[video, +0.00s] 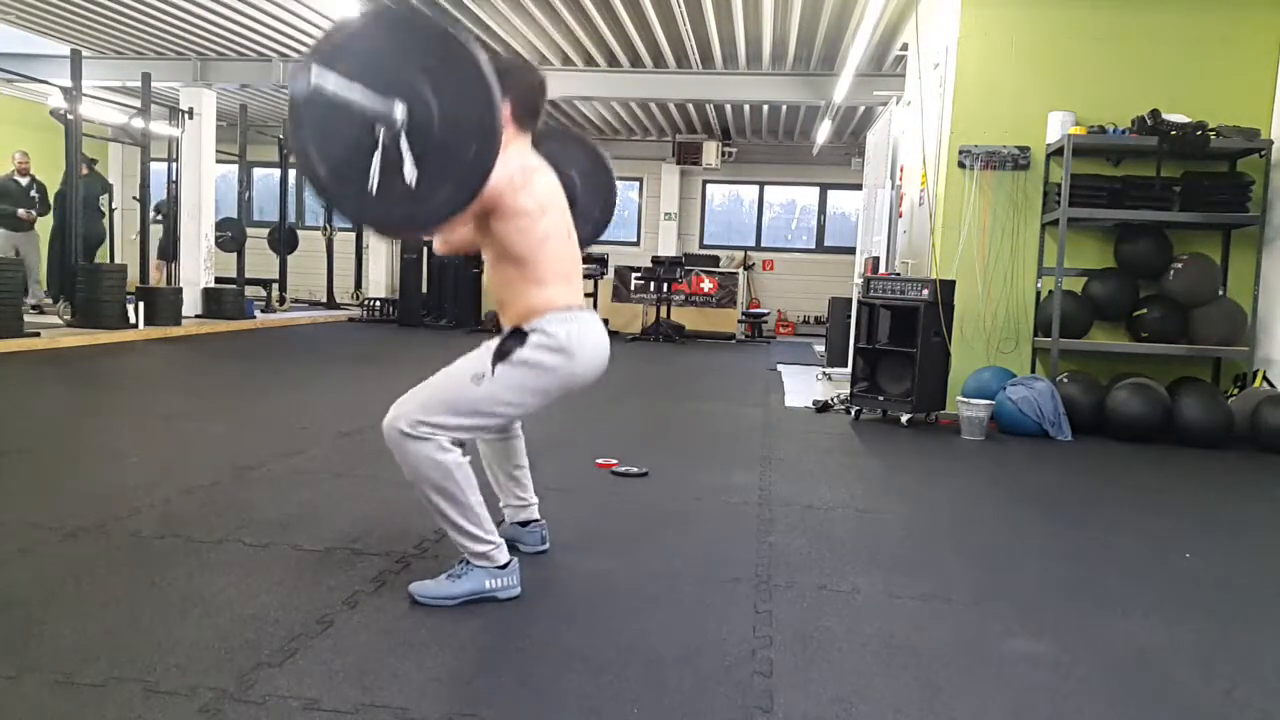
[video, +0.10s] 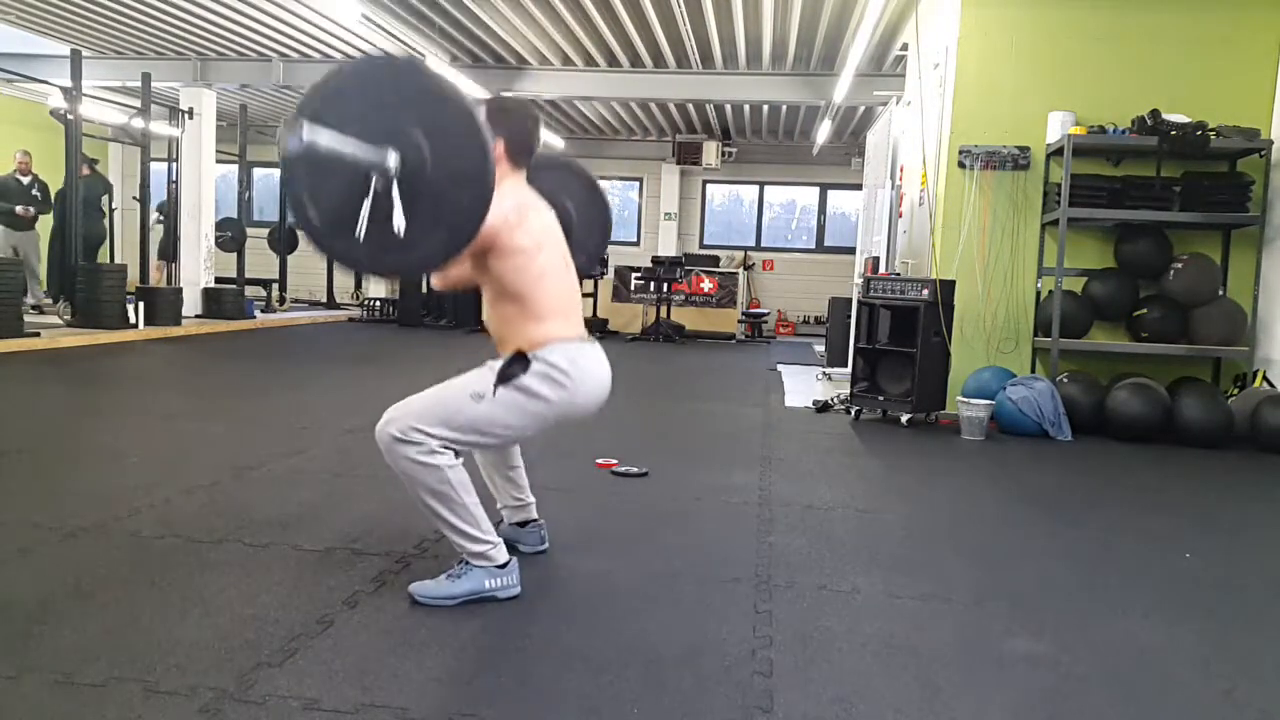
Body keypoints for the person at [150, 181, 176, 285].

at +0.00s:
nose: (171, 192)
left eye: (174, 189)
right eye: (169, 189)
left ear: (177, 190)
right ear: (166, 190)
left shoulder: (181, 203)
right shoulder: (161, 204)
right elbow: (152, 219)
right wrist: (164, 222)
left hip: (179, 237)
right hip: (166, 236)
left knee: (178, 264)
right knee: (160, 264)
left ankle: (177, 289)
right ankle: (153, 288)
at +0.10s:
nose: (173, 192)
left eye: (175, 189)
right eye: (171, 189)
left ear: (178, 190)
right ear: (167, 190)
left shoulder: (181, 204)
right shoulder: (163, 204)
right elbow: (155, 218)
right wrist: (165, 222)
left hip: (179, 236)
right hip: (167, 235)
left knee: (177, 264)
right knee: (160, 264)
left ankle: (177, 288)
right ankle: (153, 287)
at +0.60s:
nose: (168, 191)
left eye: (171, 188)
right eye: (166, 188)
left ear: (176, 190)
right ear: (163, 190)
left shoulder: (179, 204)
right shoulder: (158, 204)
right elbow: (154, 221)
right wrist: (153, 236)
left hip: (177, 236)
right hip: (163, 236)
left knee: (175, 264)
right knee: (156, 264)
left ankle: (175, 288)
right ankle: (153, 287)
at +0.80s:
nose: (160, 190)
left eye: (162, 187)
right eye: (158, 188)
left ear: (168, 189)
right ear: (156, 189)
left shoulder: (175, 202)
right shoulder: (153, 202)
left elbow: (180, 218)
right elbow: (144, 219)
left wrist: (180, 235)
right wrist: (136, 235)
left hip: (172, 235)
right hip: (157, 235)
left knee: (174, 264)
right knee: (152, 261)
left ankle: (174, 286)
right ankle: (149, 287)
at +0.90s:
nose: (156, 190)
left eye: (159, 187)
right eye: (154, 187)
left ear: (165, 188)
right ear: (152, 189)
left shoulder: (172, 201)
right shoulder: (150, 202)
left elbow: (176, 218)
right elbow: (144, 216)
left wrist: (177, 233)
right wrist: (141, 228)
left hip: (169, 233)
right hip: (154, 233)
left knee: (173, 261)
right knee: (151, 260)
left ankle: (173, 285)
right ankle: (149, 283)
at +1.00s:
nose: (153, 189)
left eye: (155, 186)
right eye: (151, 187)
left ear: (161, 188)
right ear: (149, 188)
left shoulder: (169, 200)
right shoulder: (148, 201)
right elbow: (141, 212)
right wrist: (134, 221)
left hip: (166, 235)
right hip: (151, 234)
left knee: (169, 261)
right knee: (149, 260)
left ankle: (172, 284)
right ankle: (149, 283)